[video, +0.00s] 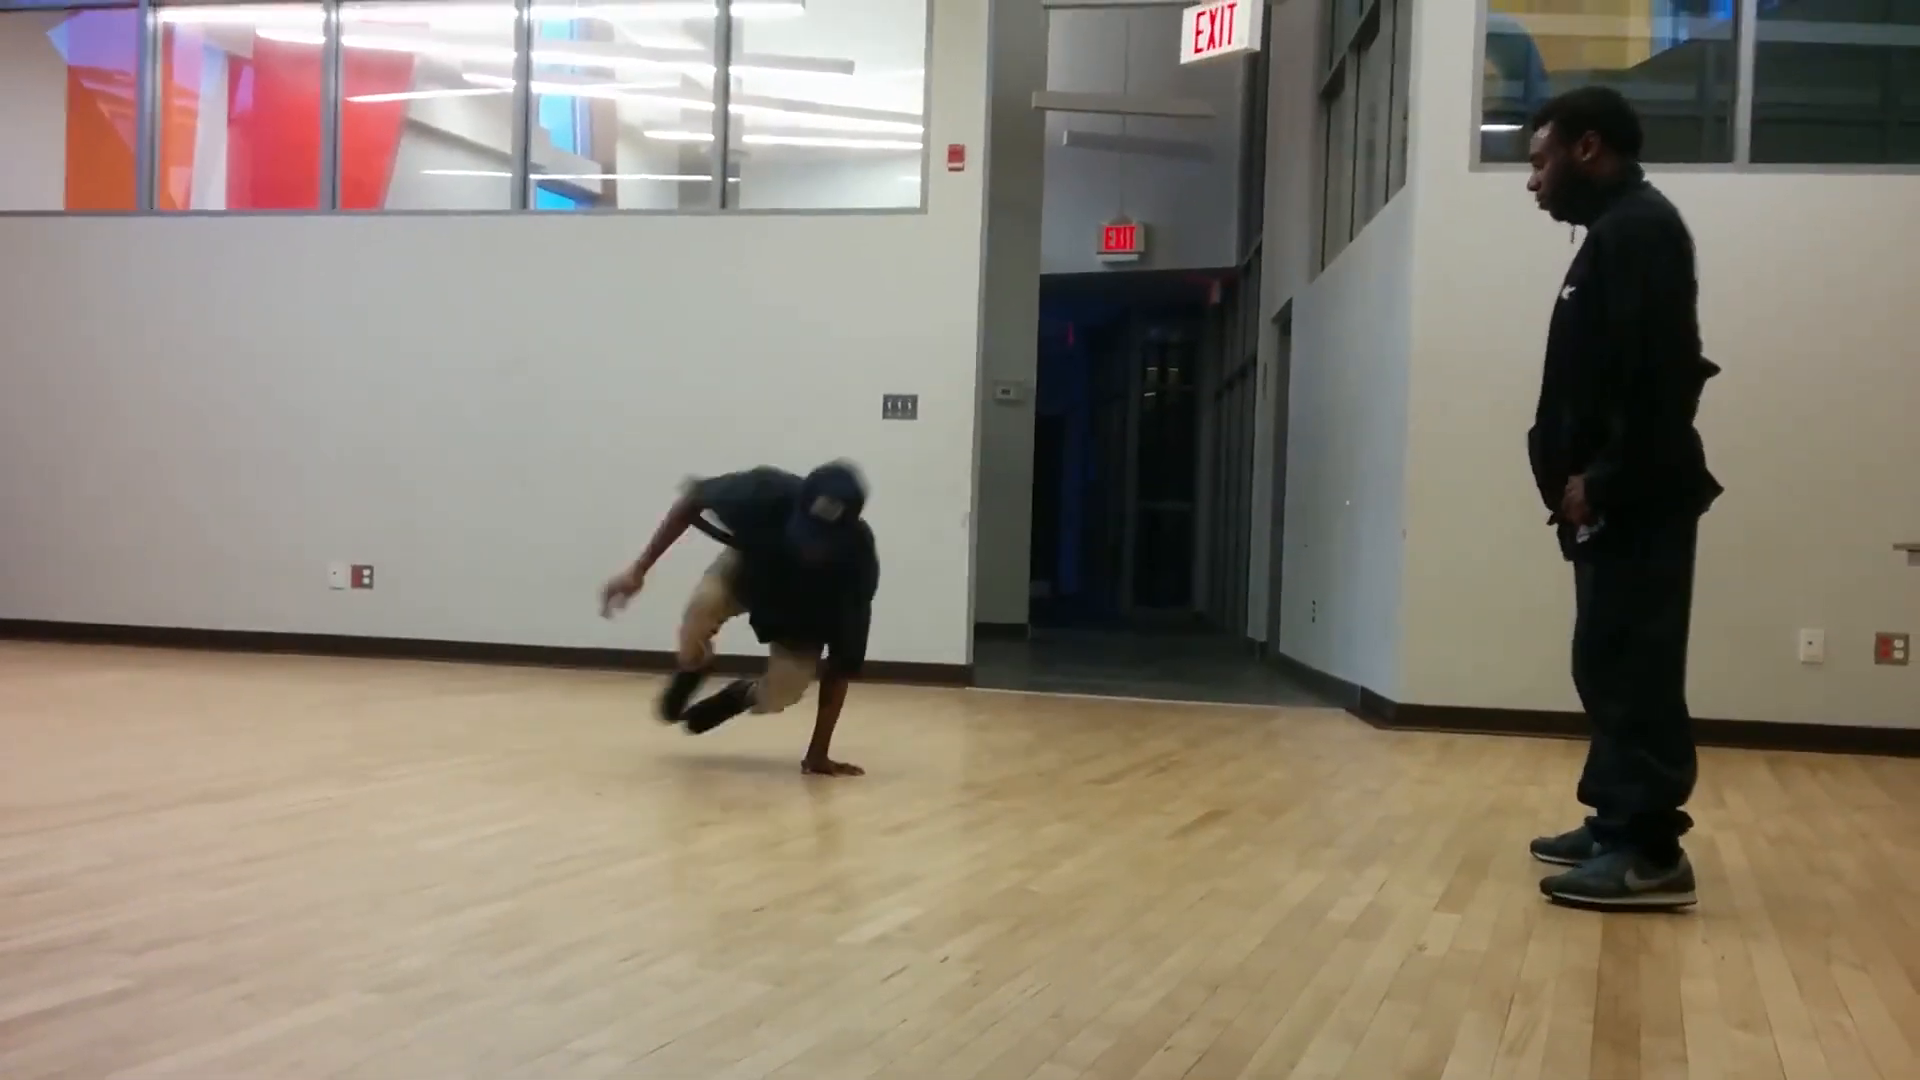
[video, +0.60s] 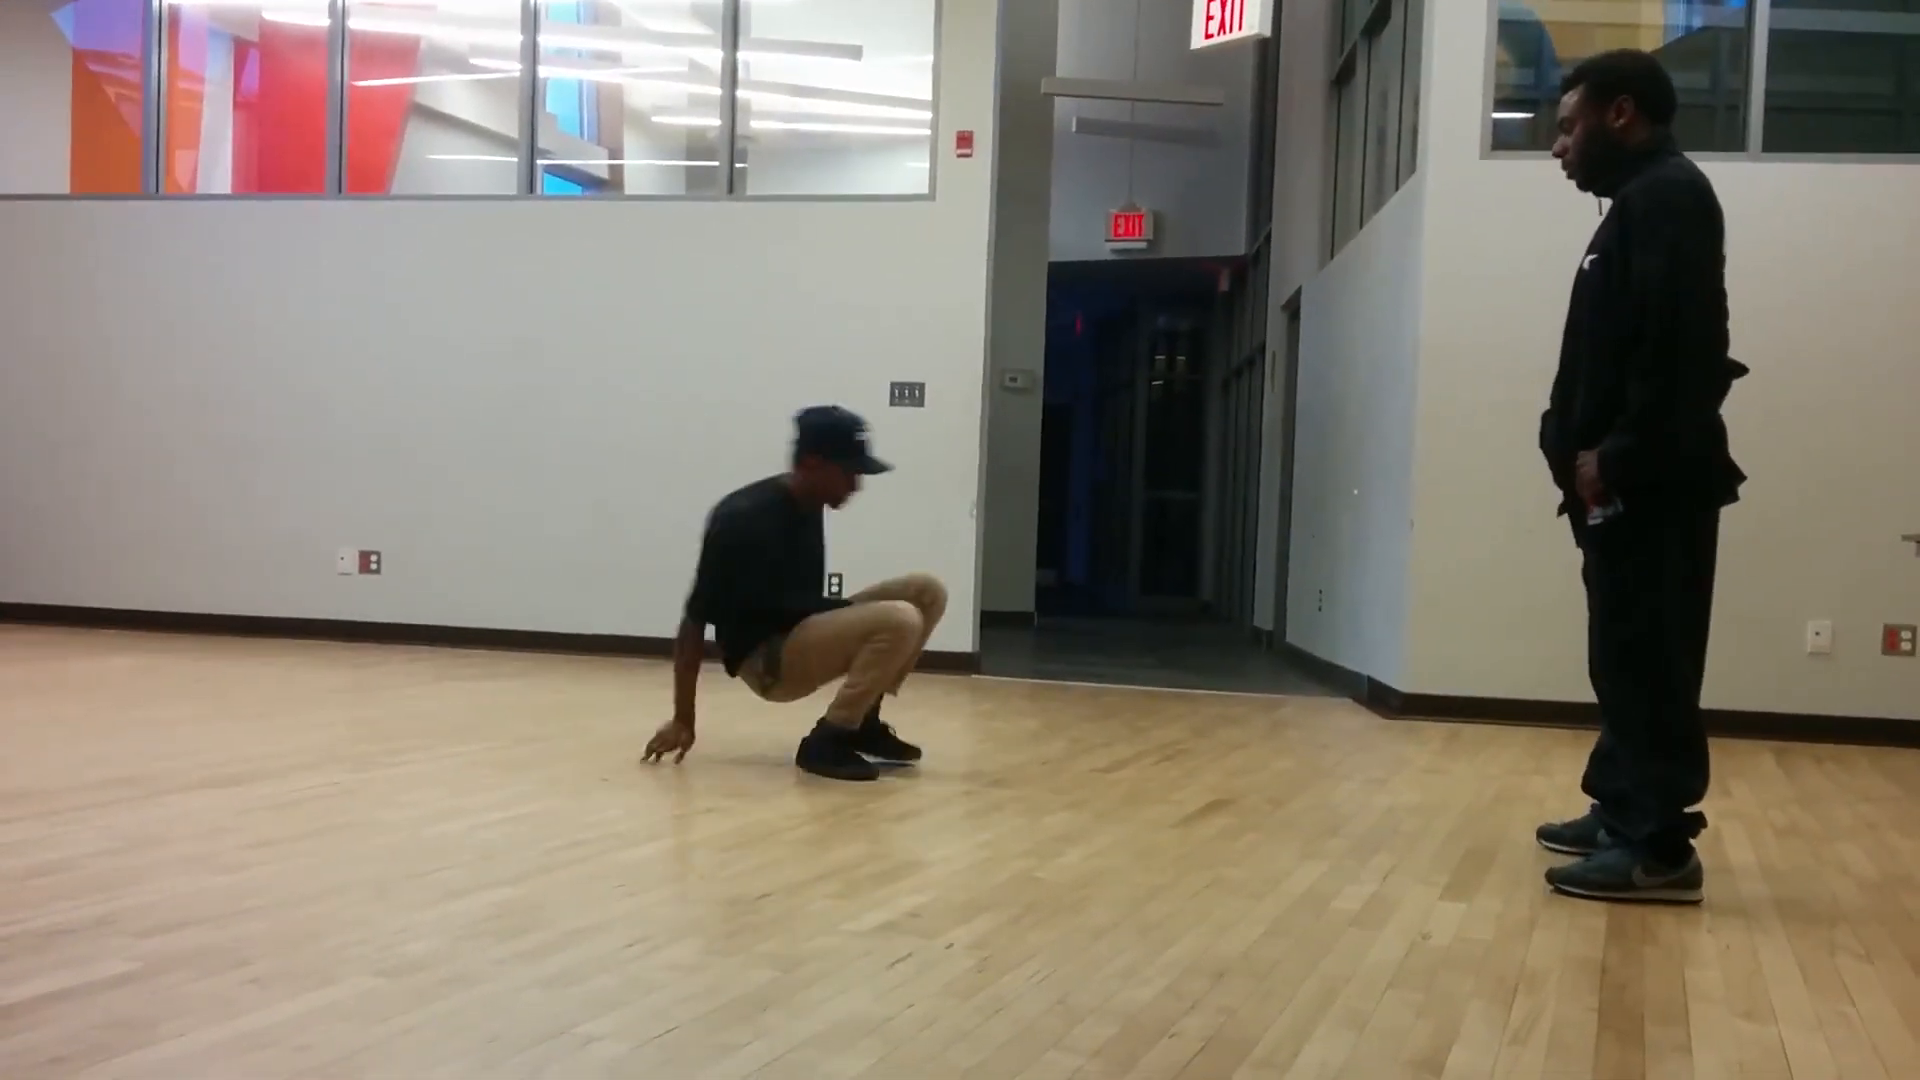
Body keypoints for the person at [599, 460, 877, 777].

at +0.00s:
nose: (811, 537)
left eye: (824, 533)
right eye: (809, 526)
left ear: (847, 526)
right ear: (801, 503)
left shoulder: (859, 560)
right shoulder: (767, 492)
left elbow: (842, 666)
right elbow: (694, 498)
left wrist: (818, 753)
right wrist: (638, 570)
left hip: (807, 608)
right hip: (752, 567)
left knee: (782, 693)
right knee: (700, 611)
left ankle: (739, 697)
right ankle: (690, 669)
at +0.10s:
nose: (844, 506)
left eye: (858, 500)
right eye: (840, 492)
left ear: (878, 494)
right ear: (827, 476)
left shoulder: (873, 555)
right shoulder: (792, 484)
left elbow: (846, 659)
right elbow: (698, 535)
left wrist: (816, 754)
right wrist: (635, 604)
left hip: (789, 646)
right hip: (730, 613)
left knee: (841, 664)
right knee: (756, 584)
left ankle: (725, 719)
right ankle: (665, 679)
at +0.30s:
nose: (777, 497)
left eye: (785, 488)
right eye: (767, 487)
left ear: (794, 487)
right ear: (743, 485)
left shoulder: (821, 551)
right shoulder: (712, 540)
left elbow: (829, 652)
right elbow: (694, 647)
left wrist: (819, 750)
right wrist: (684, 750)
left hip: (808, 694)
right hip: (746, 688)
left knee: (898, 581)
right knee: (788, 552)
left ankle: (895, 727)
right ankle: (825, 705)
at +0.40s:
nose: (754, 489)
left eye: (759, 477)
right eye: (741, 480)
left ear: (765, 470)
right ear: (710, 480)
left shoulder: (781, 523)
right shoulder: (684, 539)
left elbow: (804, 610)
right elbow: (686, 647)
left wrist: (819, 706)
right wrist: (684, 745)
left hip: (819, 661)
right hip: (764, 674)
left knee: (910, 558)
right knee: (815, 566)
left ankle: (936, 702)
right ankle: (847, 711)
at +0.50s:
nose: (792, 485)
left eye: (794, 475)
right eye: (784, 474)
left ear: (791, 466)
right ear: (751, 464)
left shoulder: (786, 499)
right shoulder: (695, 529)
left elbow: (792, 589)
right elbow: (697, 643)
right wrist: (684, 742)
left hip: (813, 642)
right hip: (766, 662)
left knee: (925, 575)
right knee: (862, 594)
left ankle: (882, 713)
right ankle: (825, 731)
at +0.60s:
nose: (857, 483)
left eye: (857, 473)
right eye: (850, 471)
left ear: (815, 465)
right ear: (813, 463)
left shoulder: (806, 505)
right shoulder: (741, 516)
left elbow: (798, 602)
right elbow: (692, 625)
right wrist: (682, 720)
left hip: (800, 639)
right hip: (765, 662)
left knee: (926, 595)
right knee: (898, 623)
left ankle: (862, 725)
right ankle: (827, 742)